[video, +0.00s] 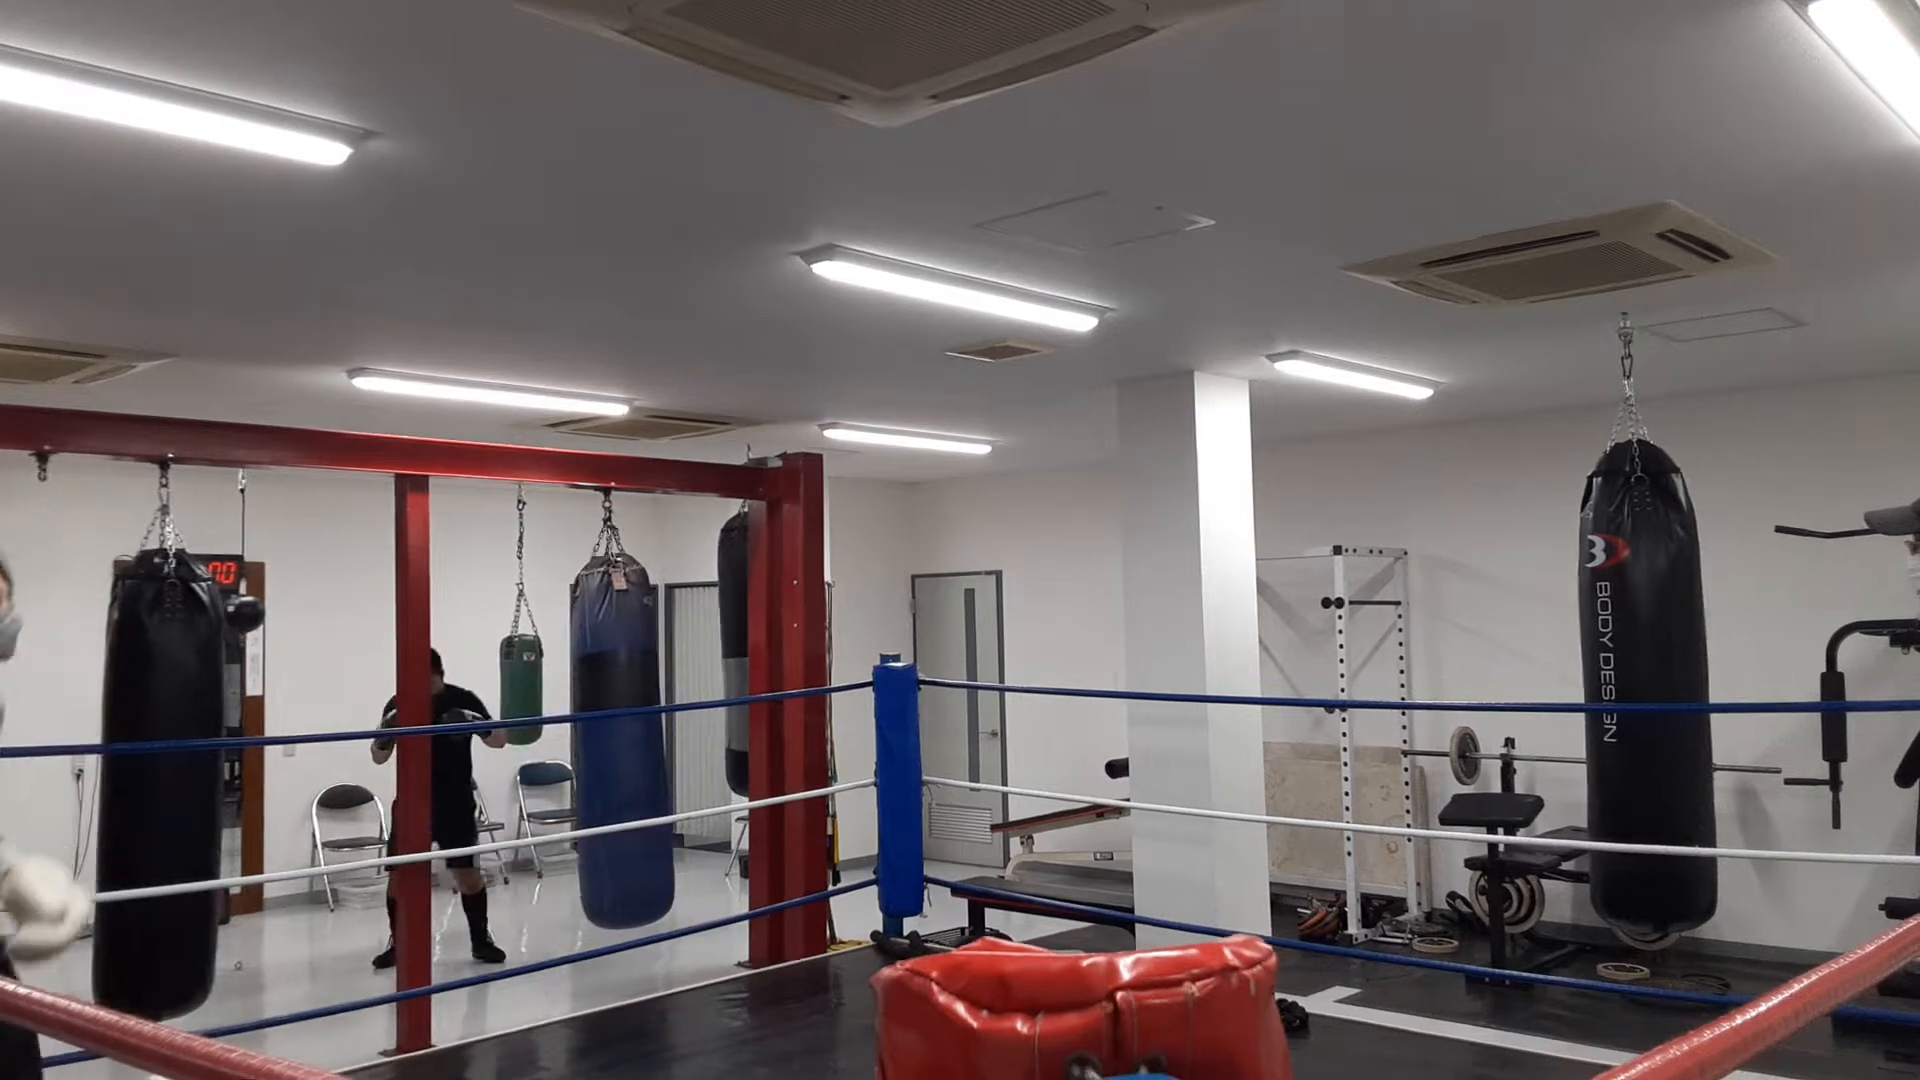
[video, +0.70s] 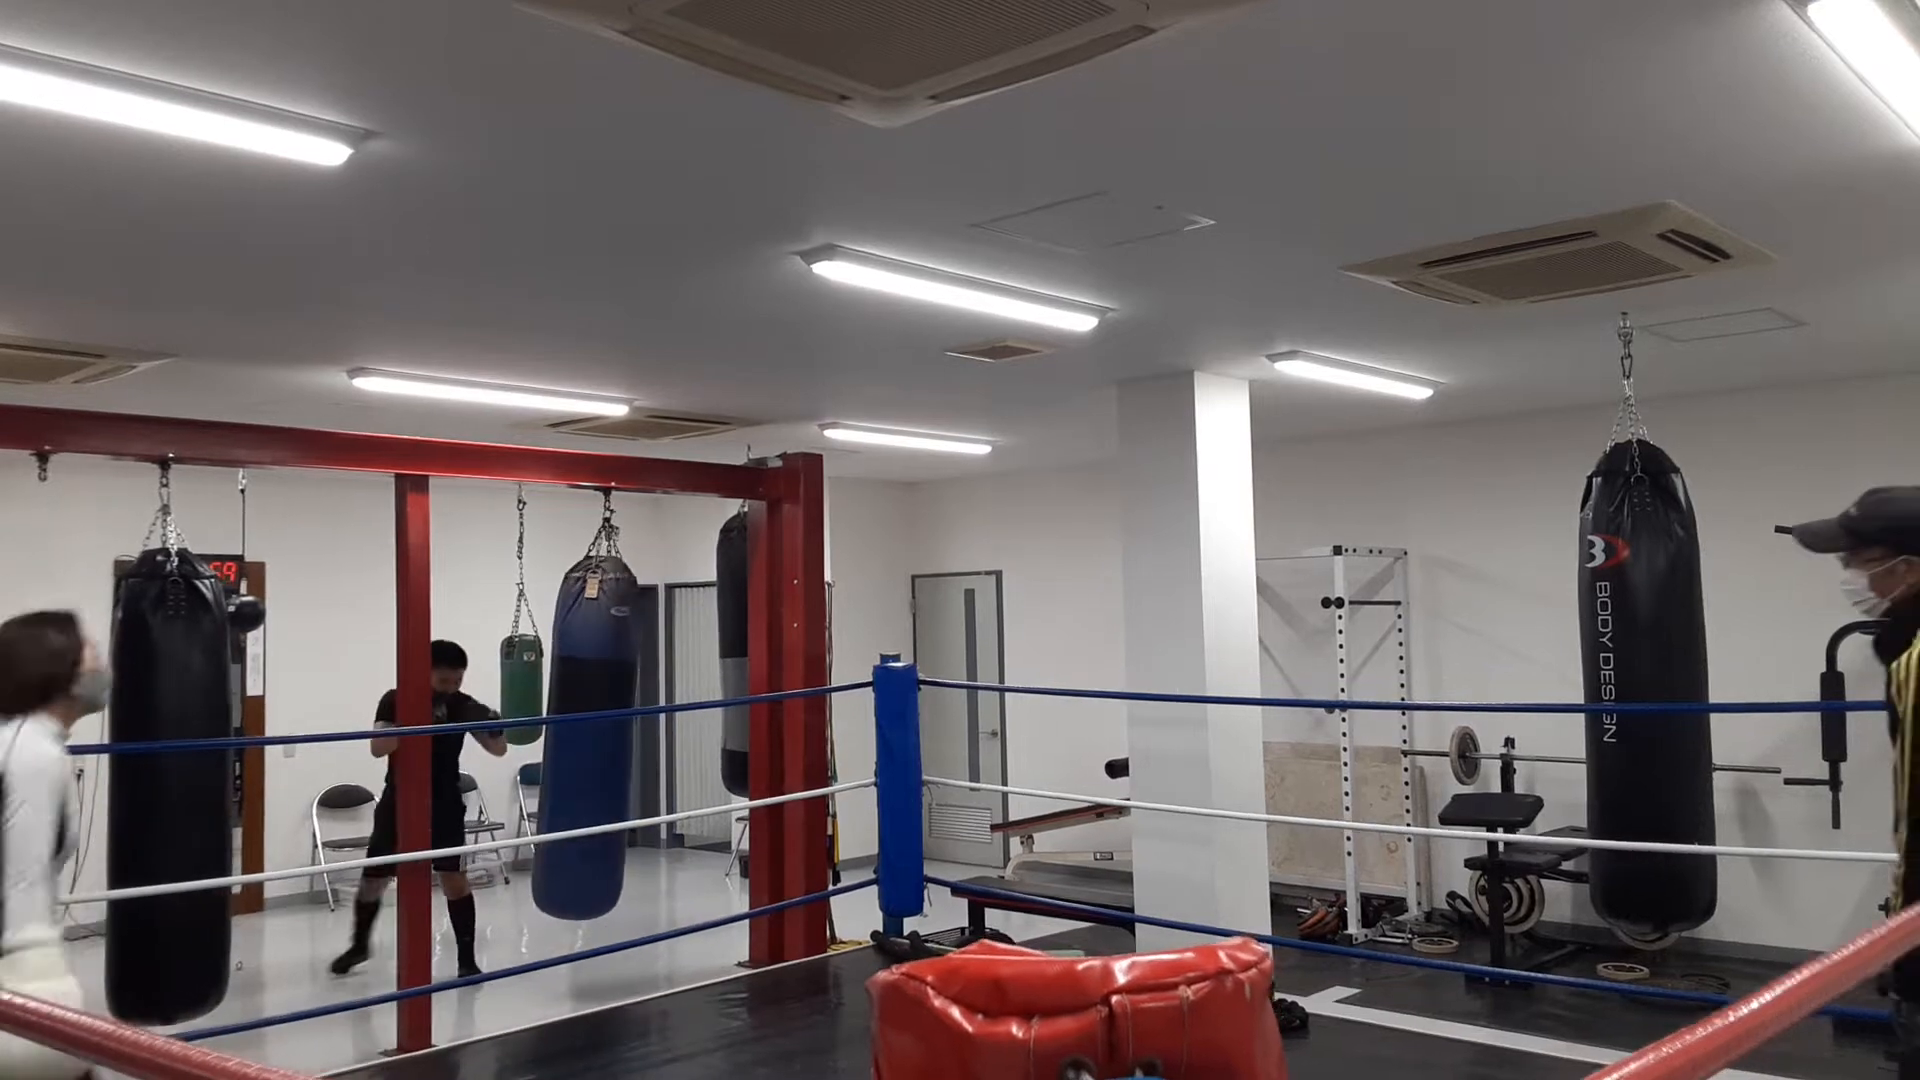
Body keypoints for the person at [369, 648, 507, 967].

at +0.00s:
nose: (425, 684)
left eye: (429, 676)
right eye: (419, 677)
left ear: (439, 673)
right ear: (409, 677)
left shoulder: (463, 699)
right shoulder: (399, 704)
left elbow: (499, 740)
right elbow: (378, 757)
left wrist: (473, 723)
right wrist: (388, 731)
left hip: (455, 799)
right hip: (412, 801)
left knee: (467, 872)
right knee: (399, 873)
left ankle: (481, 941)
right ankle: (399, 943)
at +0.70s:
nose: (452, 685)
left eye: (457, 678)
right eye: (446, 678)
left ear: (462, 675)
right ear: (427, 672)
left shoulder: (463, 705)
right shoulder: (397, 700)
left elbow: (498, 748)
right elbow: (377, 748)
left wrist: (491, 726)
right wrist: (408, 724)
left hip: (443, 801)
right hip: (398, 800)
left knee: (453, 876)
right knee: (374, 875)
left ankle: (467, 961)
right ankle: (360, 946)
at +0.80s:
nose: (438, 681)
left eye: (443, 675)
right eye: (432, 674)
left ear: (449, 674)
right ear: (414, 671)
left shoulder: (455, 705)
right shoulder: (386, 700)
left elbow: (495, 738)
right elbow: (373, 746)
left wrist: (485, 715)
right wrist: (396, 722)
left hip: (436, 805)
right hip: (389, 804)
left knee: (449, 879)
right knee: (359, 877)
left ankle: (467, 963)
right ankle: (328, 955)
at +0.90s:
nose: (411, 682)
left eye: (419, 674)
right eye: (404, 673)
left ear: (430, 674)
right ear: (392, 672)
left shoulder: (438, 707)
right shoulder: (370, 708)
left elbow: (485, 740)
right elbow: (368, 753)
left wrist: (474, 726)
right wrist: (394, 720)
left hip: (424, 812)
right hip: (376, 811)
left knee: (443, 882)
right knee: (345, 884)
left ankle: (465, 961)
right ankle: (313, 961)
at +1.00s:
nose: (406, 683)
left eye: (409, 676)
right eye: (399, 677)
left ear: (413, 679)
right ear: (382, 678)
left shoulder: (419, 710)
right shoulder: (355, 714)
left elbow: (465, 745)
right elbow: (354, 759)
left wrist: (451, 731)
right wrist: (388, 729)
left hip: (412, 817)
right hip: (365, 819)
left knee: (437, 885)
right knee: (337, 892)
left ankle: (463, 961)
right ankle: (312, 965)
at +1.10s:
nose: (406, 677)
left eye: (408, 670)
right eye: (399, 671)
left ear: (409, 672)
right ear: (381, 672)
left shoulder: (416, 706)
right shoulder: (349, 709)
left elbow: (458, 741)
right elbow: (349, 755)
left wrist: (456, 721)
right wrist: (387, 724)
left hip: (411, 812)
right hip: (362, 815)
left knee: (439, 880)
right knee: (336, 889)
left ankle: (465, 956)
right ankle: (309, 962)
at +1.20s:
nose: (406, 681)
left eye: (410, 674)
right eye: (400, 674)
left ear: (417, 674)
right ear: (385, 672)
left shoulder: (420, 704)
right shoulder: (356, 706)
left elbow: (465, 740)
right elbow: (358, 751)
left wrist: (464, 713)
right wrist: (394, 718)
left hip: (413, 814)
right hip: (364, 816)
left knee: (444, 877)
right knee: (336, 892)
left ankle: (478, 950)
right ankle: (306, 959)